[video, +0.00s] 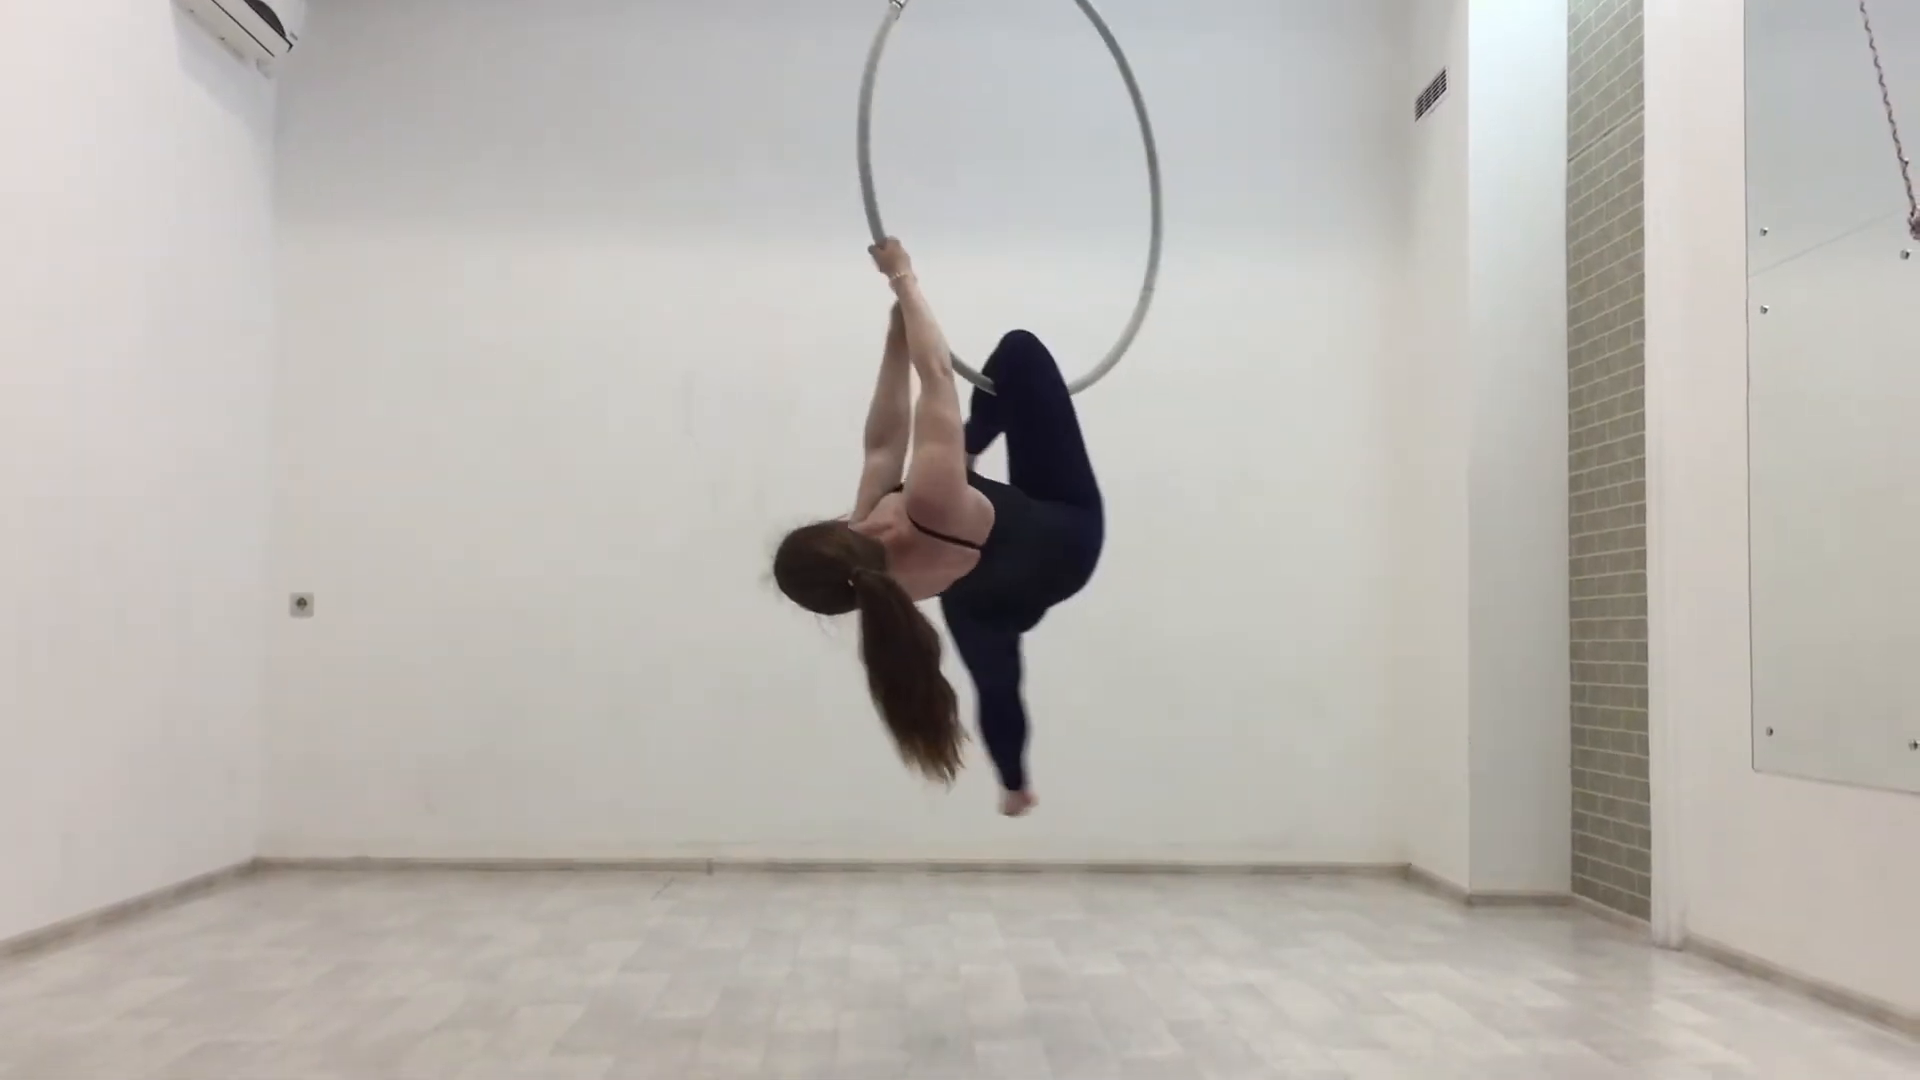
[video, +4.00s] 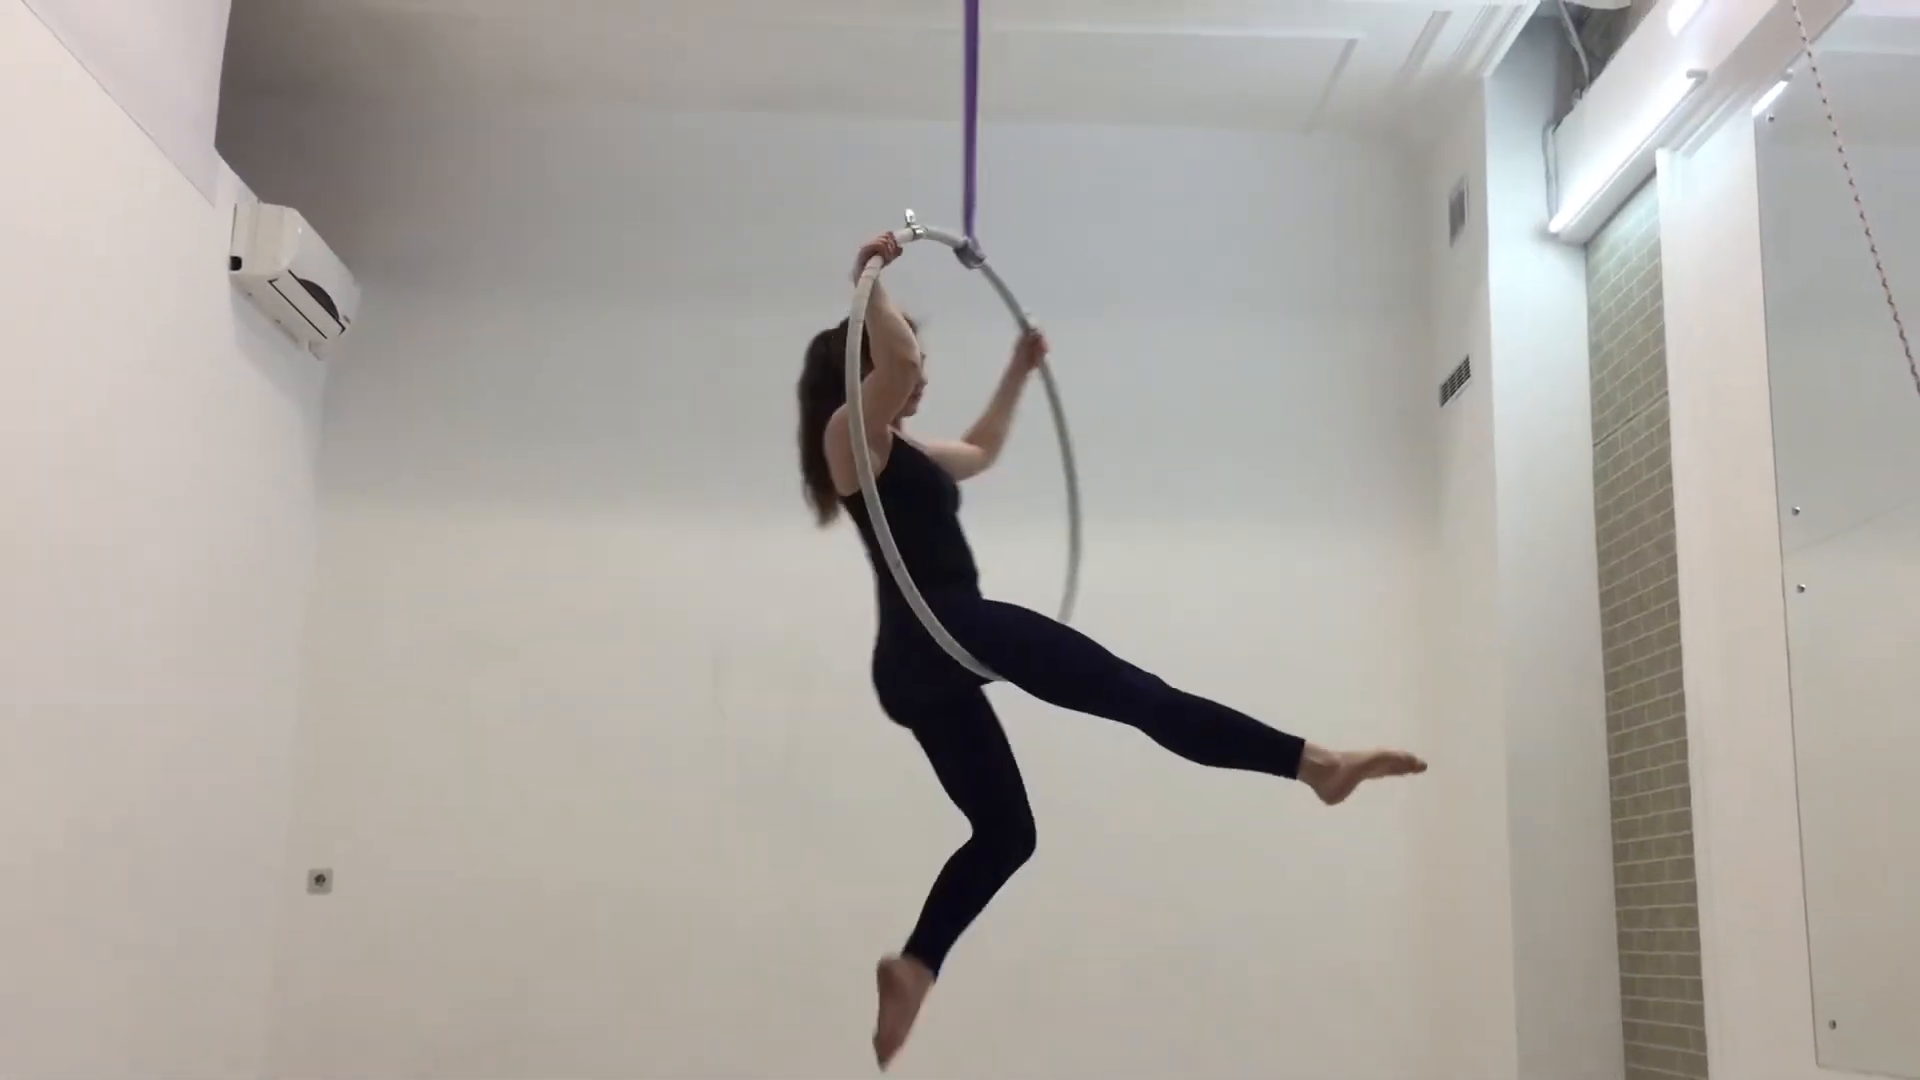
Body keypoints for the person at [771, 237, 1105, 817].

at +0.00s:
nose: (840, 512)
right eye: (832, 517)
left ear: (840, 595)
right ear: (837, 530)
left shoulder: (886, 579)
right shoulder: (933, 493)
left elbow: (880, 444)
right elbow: (938, 374)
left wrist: (900, 326)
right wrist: (904, 276)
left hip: (1004, 599)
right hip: (1072, 534)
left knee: (997, 684)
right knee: (1020, 351)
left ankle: (1015, 786)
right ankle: (969, 440)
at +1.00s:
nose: (830, 569)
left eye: (805, 575)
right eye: (837, 587)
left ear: (793, 573)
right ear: (857, 621)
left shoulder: (802, 533)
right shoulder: (904, 630)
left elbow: (809, 417)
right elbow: (941, 685)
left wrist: (819, 304)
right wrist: (956, 724)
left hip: (836, 512)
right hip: (907, 509)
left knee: (682, 600)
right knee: (902, 340)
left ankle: (579, 685)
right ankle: (760, 402)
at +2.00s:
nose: (998, 285)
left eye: (1012, 281)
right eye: (1011, 276)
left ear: (1028, 313)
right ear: (1045, 331)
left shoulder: (980, 370)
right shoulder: (1035, 401)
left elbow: (888, 421)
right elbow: (918, 424)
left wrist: (862, 329)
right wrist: (879, 351)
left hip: (900, 579)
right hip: (951, 592)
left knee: (736, 589)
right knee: (898, 395)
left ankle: (591, 614)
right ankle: (774, 501)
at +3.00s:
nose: (1091, 220)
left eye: (1108, 207)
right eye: (1086, 209)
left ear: (1151, 223)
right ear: (1081, 225)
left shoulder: (1164, 292)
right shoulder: (1064, 316)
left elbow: (1228, 360)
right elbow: (1020, 426)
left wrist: (1226, 268)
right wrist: (932, 442)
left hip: (1125, 507)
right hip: (1034, 499)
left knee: (1107, 701)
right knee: (997, 650)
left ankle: (1101, 895)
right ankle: (964, 823)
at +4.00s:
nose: (919, 361)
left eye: (916, 348)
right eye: (906, 354)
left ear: (890, 373)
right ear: (865, 372)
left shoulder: (906, 450)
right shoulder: (848, 442)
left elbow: (976, 453)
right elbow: (893, 360)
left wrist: (1016, 372)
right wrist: (869, 281)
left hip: (916, 660)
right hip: (955, 628)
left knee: (1005, 833)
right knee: (1141, 696)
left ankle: (915, 969)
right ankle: (1316, 765)